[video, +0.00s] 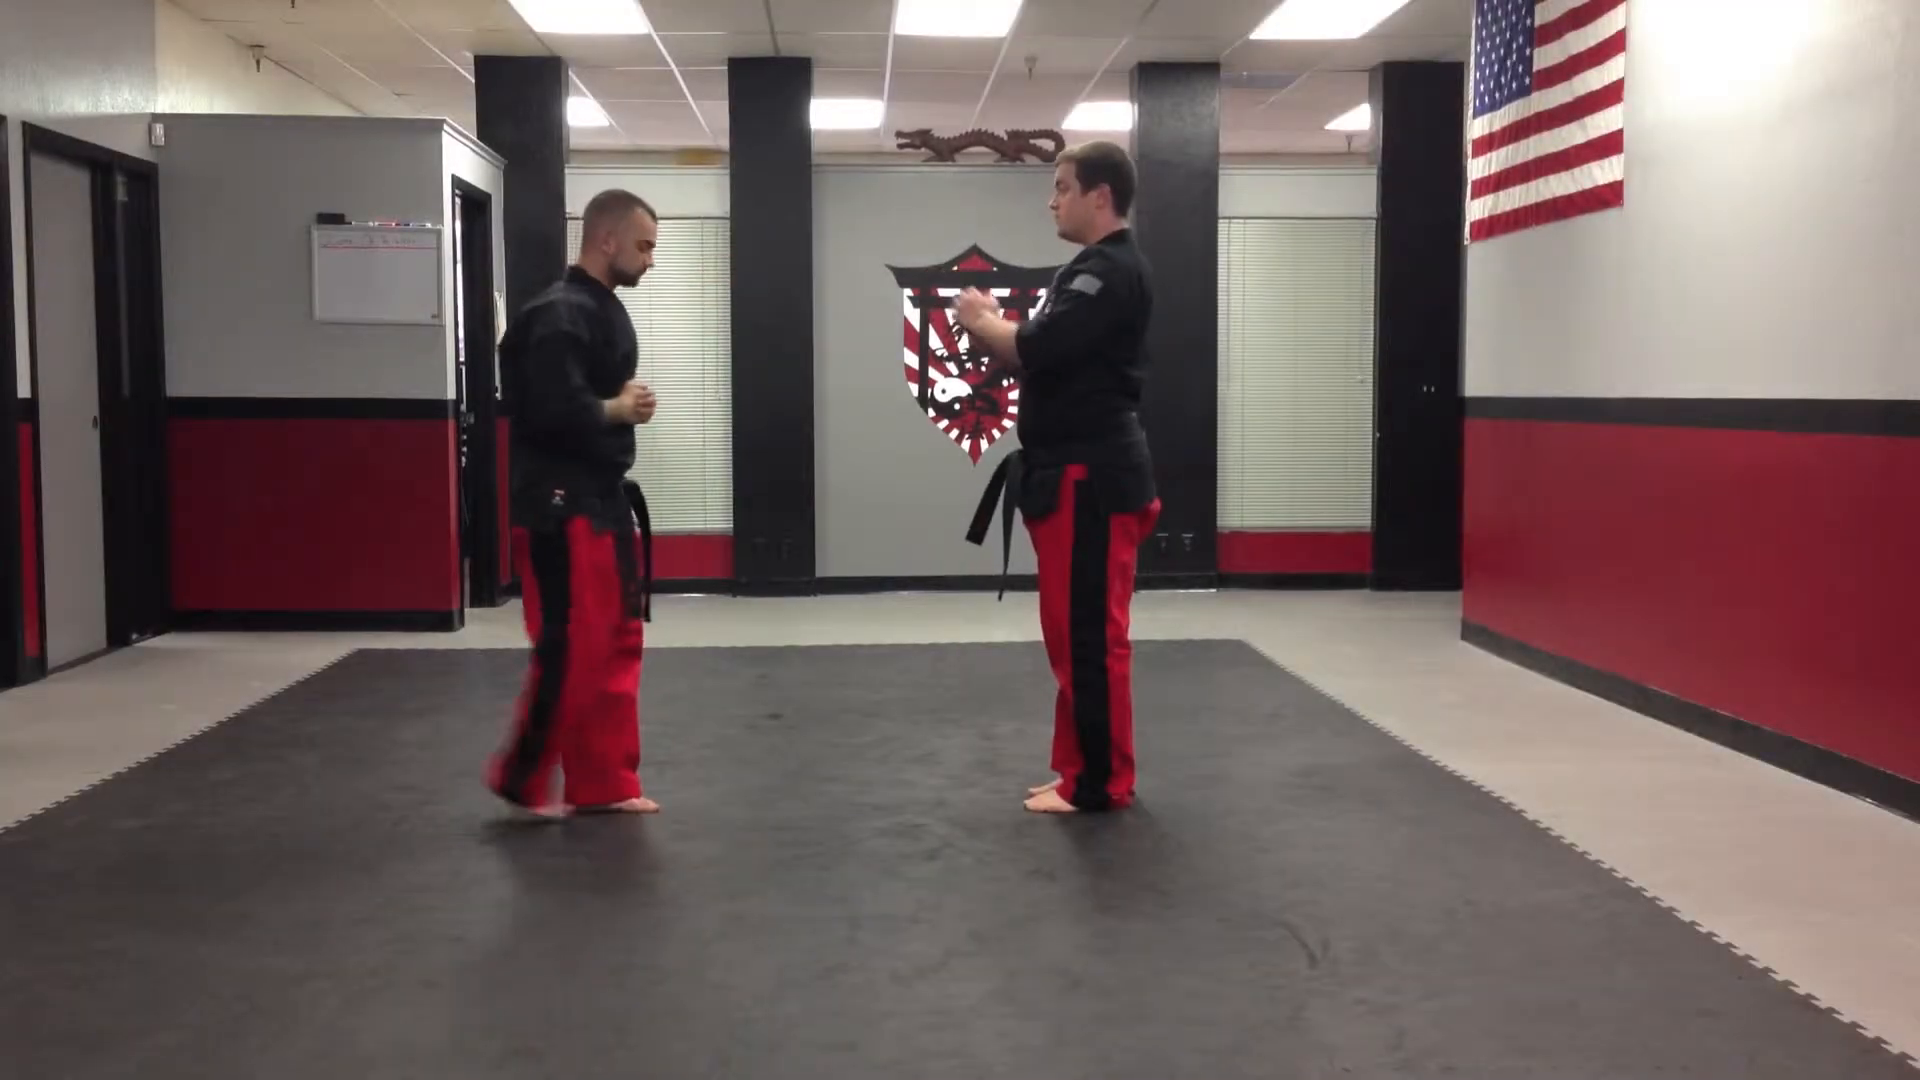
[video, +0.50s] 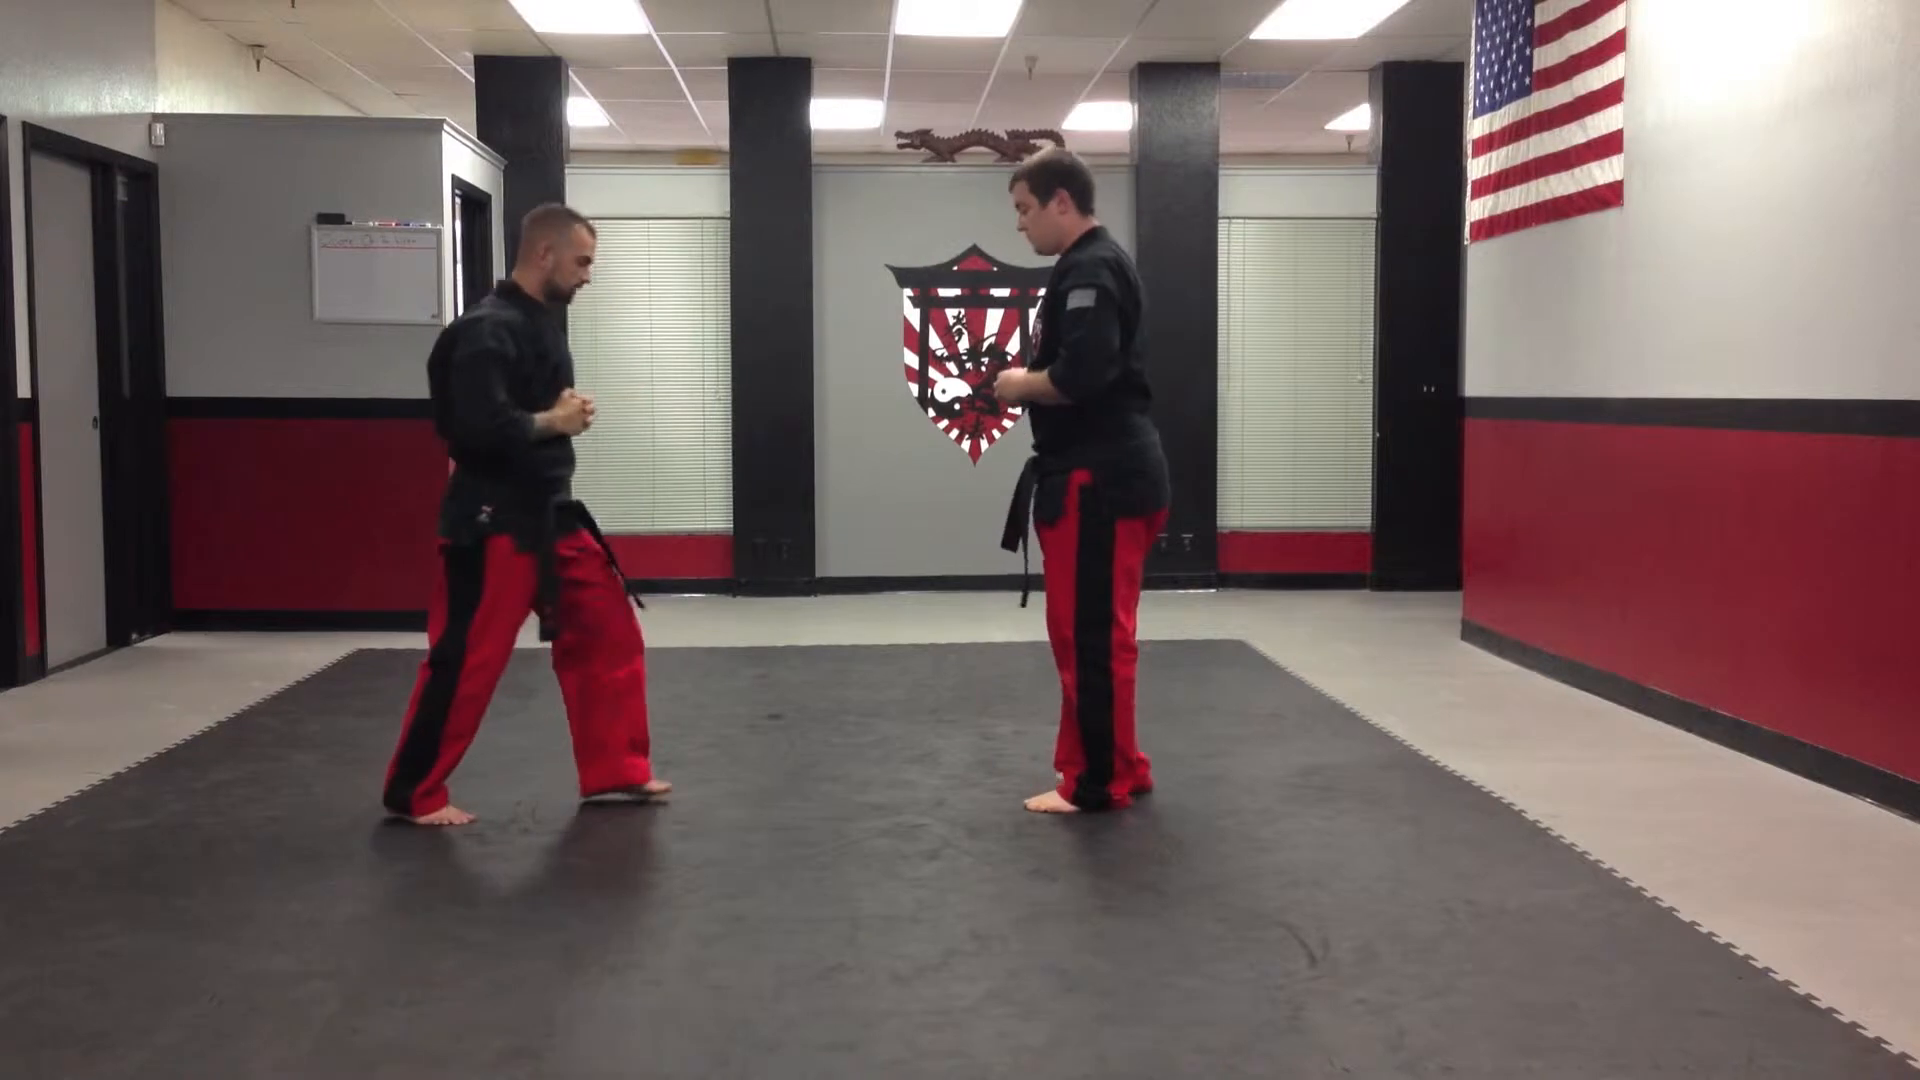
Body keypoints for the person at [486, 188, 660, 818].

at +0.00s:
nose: (652, 258)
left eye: (653, 247)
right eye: (644, 245)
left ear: (611, 243)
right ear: (606, 240)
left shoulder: (604, 311)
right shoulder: (558, 312)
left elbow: (579, 403)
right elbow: (550, 409)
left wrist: (624, 405)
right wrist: (615, 406)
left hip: (604, 496)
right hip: (561, 500)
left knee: (619, 639)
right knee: (573, 642)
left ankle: (603, 783)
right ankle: (520, 778)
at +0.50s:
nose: (587, 275)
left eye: (590, 263)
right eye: (582, 262)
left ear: (546, 258)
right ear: (542, 255)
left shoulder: (545, 326)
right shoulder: (485, 329)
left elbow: (529, 411)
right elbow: (475, 428)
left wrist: (557, 414)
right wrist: (551, 421)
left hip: (552, 511)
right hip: (493, 517)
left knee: (607, 635)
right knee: (468, 658)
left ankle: (614, 772)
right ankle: (415, 794)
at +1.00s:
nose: (579, 262)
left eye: (578, 251)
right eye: (568, 251)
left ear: (540, 257)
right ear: (529, 255)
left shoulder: (558, 330)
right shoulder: (493, 335)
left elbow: (630, 381)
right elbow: (547, 397)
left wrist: (649, 332)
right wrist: (586, 343)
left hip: (567, 518)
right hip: (504, 523)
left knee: (610, 647)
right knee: (472, 663)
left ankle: (637, 768)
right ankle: (411, 792)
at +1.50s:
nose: (604, 264)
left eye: (602, 252)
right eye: (593, 252)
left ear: (560, 261)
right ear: (553, 258)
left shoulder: (580, 333)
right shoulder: (512, 335)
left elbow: (664, 379)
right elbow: (570, 401)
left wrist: (704, 339)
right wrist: (602, 340)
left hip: (578, 518)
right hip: (510, 523)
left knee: (636, 641)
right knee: (473, 660)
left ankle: (645, 771)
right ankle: (412, 791)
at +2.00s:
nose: (715, 261)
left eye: (713, 249)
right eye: (704, 250)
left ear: (665, 260)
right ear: (667, 257)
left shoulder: (633, 330)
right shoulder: (675, 331)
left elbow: (611, 430)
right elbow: (751, 362)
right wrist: (798, 315)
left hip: (636, 511)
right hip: (672, 510)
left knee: (679, 636)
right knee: (743, 619)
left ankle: (649, 765)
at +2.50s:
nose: (842, 264)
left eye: (839, 253)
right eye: (833, 253)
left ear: (780, 261)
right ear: (801, 260)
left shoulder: (726, 334)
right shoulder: (820, 335)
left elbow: (688, 412)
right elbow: (897, 369)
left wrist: (750, 419)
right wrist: (983, 371)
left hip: (738, 520)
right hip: (810, 522)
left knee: (732, 648)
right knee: (875, 656)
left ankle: (678, 778)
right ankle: (889, 792)